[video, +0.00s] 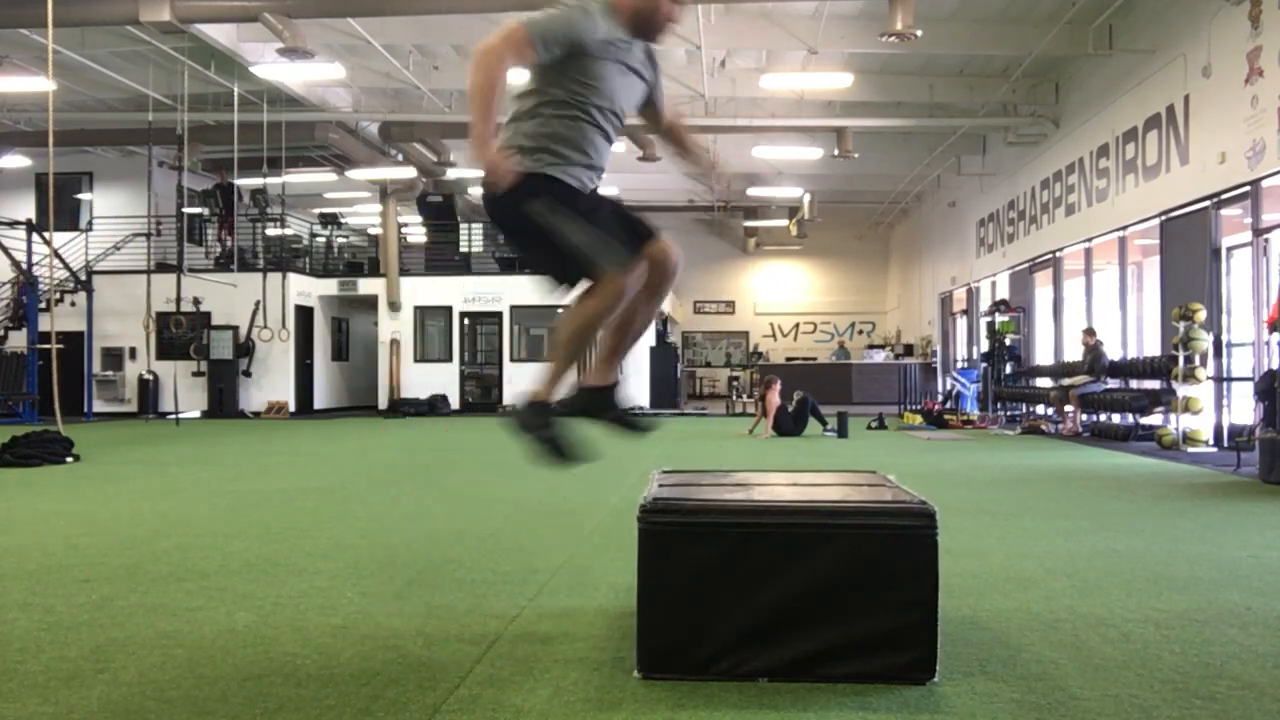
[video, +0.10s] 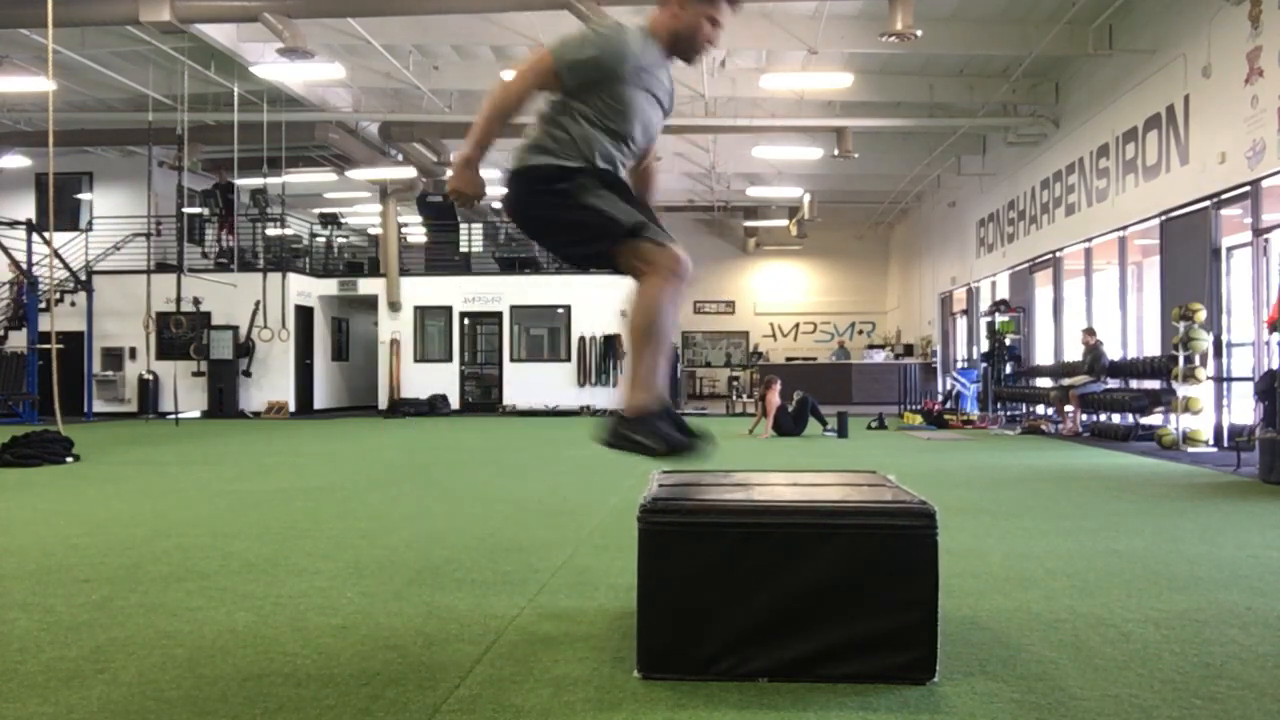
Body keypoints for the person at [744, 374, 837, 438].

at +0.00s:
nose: (780, 387)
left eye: (779, 384)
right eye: (778, 384)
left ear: (768, 385)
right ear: (773, 385)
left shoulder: (765, 396)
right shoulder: (773, 396)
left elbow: (759, 415)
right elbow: (770, 416)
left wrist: (751, 430)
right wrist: (766, 433)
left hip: (784, 430)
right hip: (792, 431)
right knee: (807, 399)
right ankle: (826, 426)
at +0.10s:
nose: (780, 386)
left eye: (779, 384)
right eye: (778, 384)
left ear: (768, 385)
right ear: (773, 385)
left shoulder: (765, 396)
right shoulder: (773, 396)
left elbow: (759, 415)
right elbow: (770, 416)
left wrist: (751, 430)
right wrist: (766, 433)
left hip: (784, 430)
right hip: (792, 431)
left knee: (804, 399)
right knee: (807, 399)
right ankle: (826, 426)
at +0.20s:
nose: (780, 387)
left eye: (779, 384)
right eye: (778, 385)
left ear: (768, 386)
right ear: (773, 385)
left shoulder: (765, 396)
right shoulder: (773, 396)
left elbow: (759, 415)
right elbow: (770, 416)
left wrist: (751, 429)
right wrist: (767, 433)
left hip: (784, 430)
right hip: (792, 431)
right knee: (807, 399)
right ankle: (826, 426)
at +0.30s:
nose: (780, 387)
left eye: (779, 384)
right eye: (778, 385)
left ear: (768, 386)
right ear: (773, 385)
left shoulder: (765, 396)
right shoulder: (773, 396)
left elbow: (759, 415)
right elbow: (770, 415)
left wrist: (751, 429)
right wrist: (767, 433)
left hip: (784, 430)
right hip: (792, 431)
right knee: (807, 399)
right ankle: (826, 426)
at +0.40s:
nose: (780, 387)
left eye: (779, 385)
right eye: (778, 385)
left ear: (767, 385)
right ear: (774, 385)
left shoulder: (764, 396)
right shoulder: (772, 395)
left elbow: (759, 415)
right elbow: (770, 415)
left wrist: (751, 430)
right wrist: (767, 433)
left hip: (785, 430)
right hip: (793, 431)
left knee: (804, 398)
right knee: (807, 399)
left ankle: (825, 425)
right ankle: (826, 426)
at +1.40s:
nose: (779, 387)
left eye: (779, 385)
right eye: (778, 385)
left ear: (767, 385)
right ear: (773, 385)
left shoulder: (764, 396)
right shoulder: (772, 396)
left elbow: (759, 415)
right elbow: (770, 416)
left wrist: (751, 430)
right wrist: (767, 433)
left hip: (785, 430)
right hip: (793, 431)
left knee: (804, 398)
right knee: (807, 399)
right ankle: (826, 426)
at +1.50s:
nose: (779, 387)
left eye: (779, 384)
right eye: (778, 385)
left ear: (767, 385)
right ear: (773, 385)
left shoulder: (764, 396)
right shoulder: (772, 396)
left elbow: (759, 415)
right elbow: (770, 415)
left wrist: (751, 429)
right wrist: (767, 433)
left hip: (784, 430)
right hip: (793, 431)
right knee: (807, 399)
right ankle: (826, 426)